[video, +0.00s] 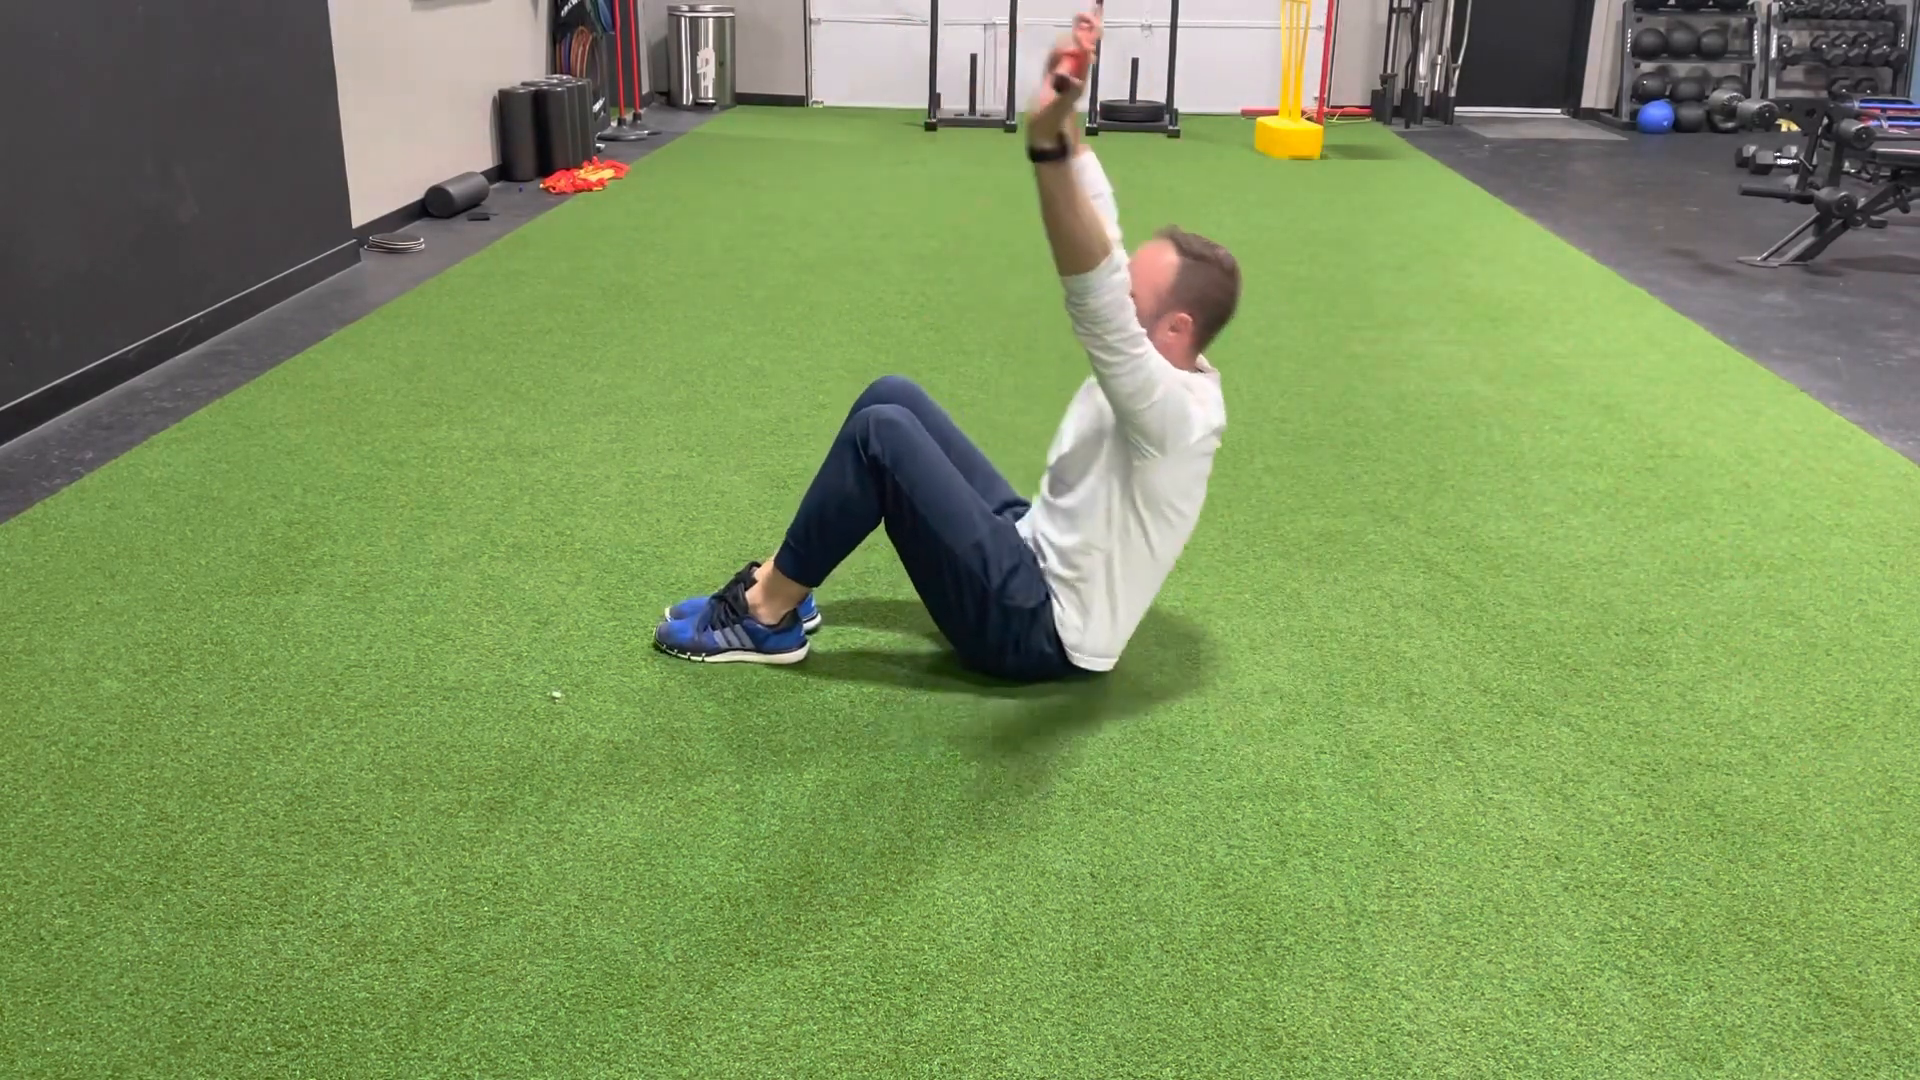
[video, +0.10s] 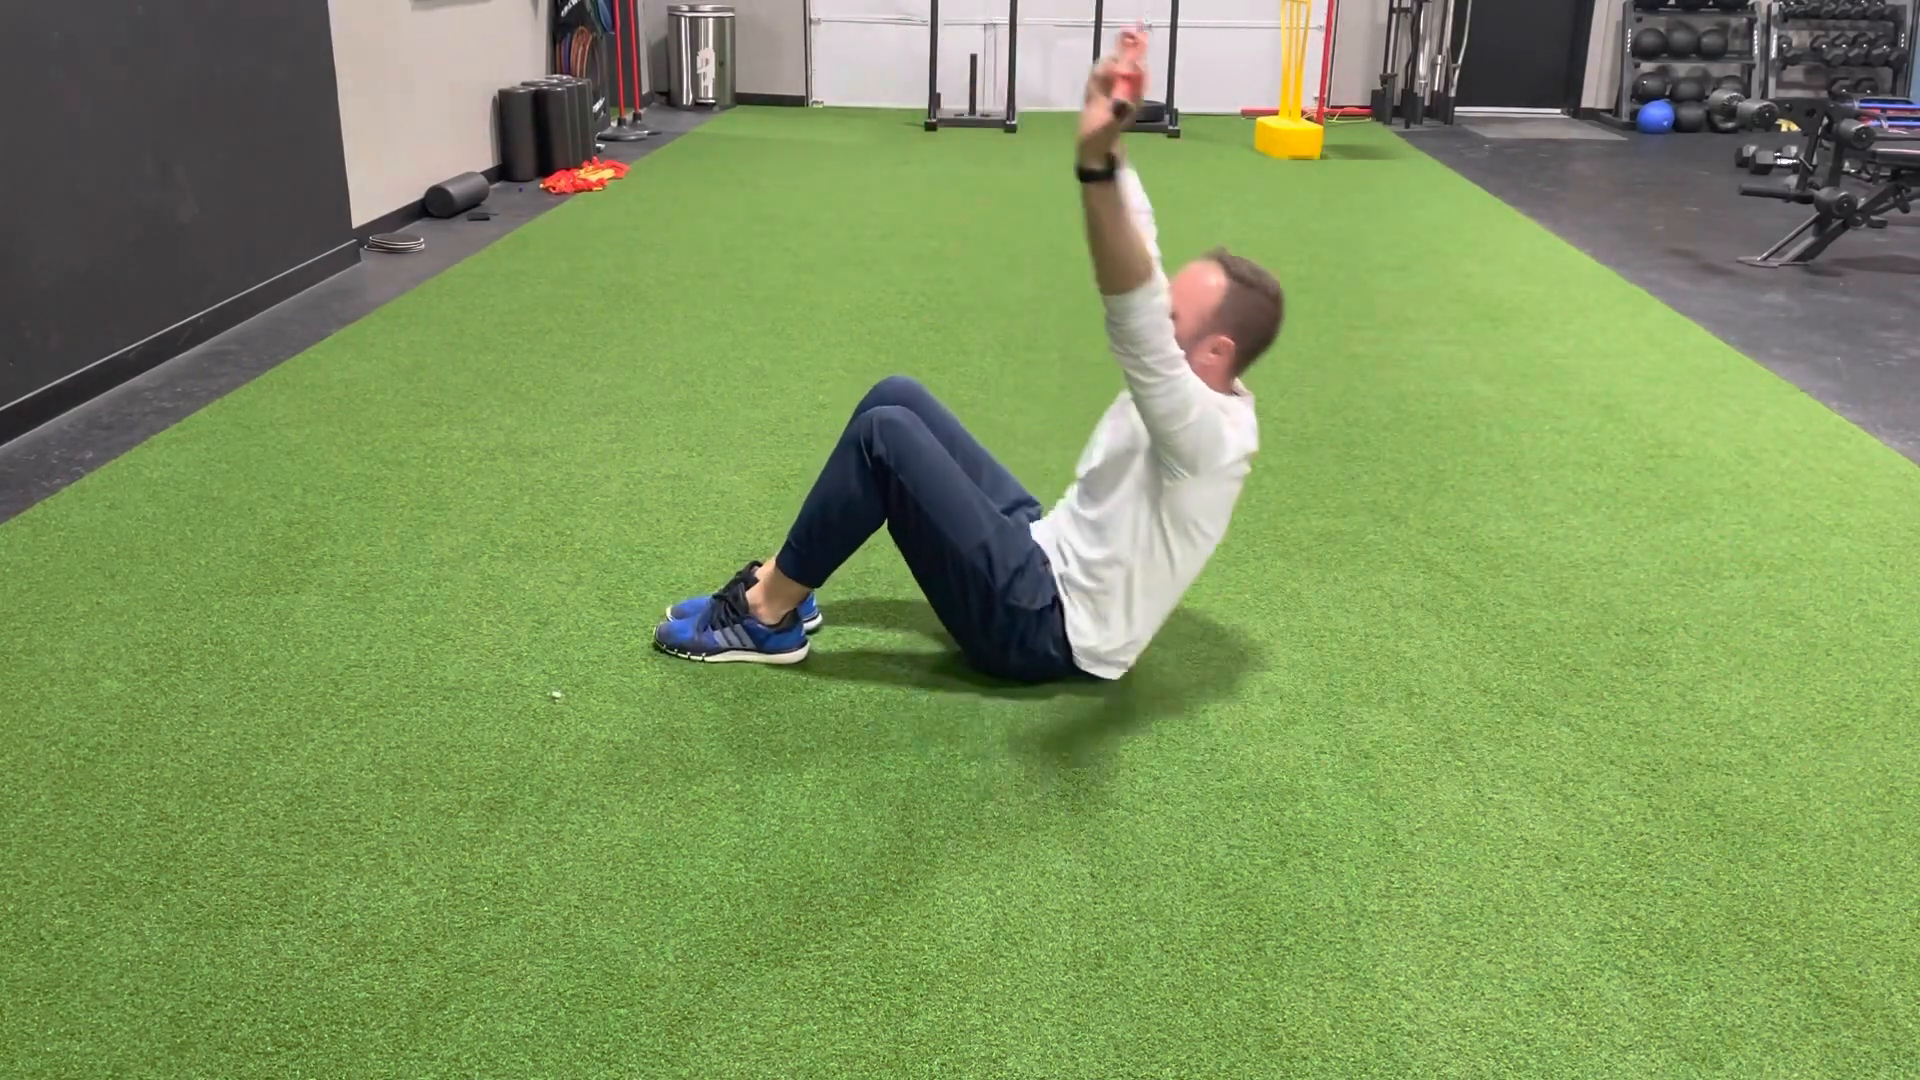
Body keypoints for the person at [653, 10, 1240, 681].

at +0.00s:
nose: (1118, 298)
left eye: (1133, 292)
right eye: (1122, 279)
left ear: (1176, 331)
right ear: (1174, 331)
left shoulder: (1172, 412)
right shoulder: (1167, 374)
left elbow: (1099, 300)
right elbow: (1107, 254)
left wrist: (1049, 148)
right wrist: (1066, 116)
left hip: (1039, 621)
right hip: (1040, 561)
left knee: (884, 430)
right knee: (891, 400)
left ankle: (769, 612)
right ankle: (779, 583)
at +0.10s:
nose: (1160, 309)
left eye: (1177, 305)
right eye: (1166, 291)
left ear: (1220, 349)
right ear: (1219, 347)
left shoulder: (1206, 432)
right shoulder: (1196, 393)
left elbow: (1140, 324)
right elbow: (1144, 276)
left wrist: (1096, 166)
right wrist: (1113, 137)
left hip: (1047, 621)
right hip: (1051, 555)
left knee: (887, 434)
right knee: (895, 400)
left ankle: (773, 615)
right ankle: (777, 584)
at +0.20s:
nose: (1200, 349)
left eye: (1216, 345)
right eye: (1207, 333)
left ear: (1259, 385)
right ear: (1256, 379)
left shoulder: (1244, 460)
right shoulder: (1226, 421)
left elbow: (1187, 345)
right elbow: (1188, 321)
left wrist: (1157, 187)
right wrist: (1164, 157)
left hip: (1055, 621)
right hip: (1054, 553)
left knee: (891, 436)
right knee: (897, 398)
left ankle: (769, 612)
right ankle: (782, 591)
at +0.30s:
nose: (1267, 362)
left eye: (1288, 364)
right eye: (1282, 349)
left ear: (1308, 421)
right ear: (1295, 404)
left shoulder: (1283, 501)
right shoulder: (1247, 434)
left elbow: (1244, 382)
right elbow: (1213, 318)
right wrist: (1215, 153)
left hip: (1061, 621)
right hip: (1065, 561)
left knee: (889, 437)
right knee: (899, 403)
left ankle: (768, 614)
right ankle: (781, 592)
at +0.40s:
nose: (1337, 402)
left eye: (1361, 408)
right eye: (1352, 395)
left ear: (1370, 467)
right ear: (1335, 428)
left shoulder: (1321, 550)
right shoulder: (1287, 473)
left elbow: (1325, 413)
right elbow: (1277, 344)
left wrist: (1348, 282)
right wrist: (1296, 184)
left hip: (1073, 624)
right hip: (1080, 564)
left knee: (899, 428)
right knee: (904, 403)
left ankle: (771, 611)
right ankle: (786, 587)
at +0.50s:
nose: (1413, 473)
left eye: (1434, 489)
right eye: (1424, 471)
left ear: (1432, 539)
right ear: (1395, 483)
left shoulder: (1353, 592)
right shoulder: (1325, 518)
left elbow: (1412, 469)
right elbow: (1353, 372)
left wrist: (1480, 354)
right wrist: (1400, 232)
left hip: (1084, 621)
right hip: (1092, 561)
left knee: (907, 435)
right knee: (909, 399)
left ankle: (776, 609)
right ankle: (789, 584)